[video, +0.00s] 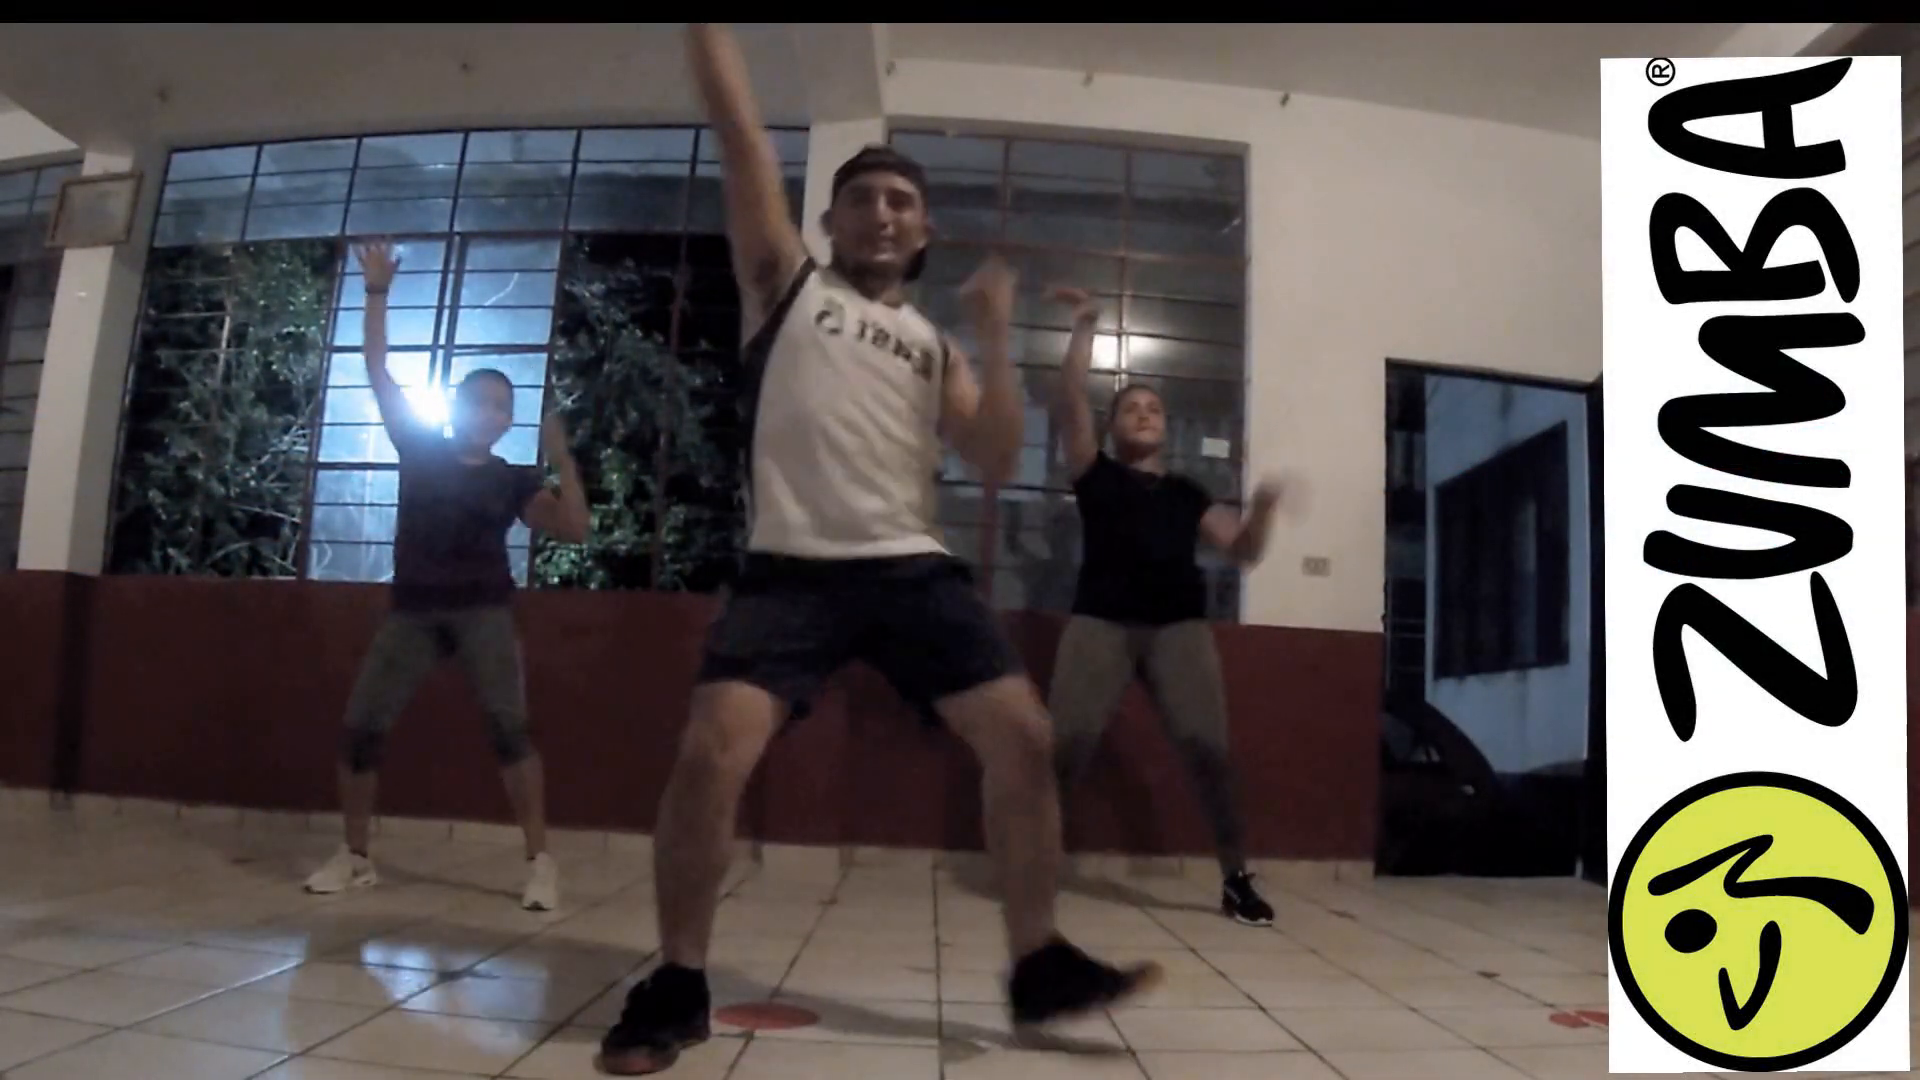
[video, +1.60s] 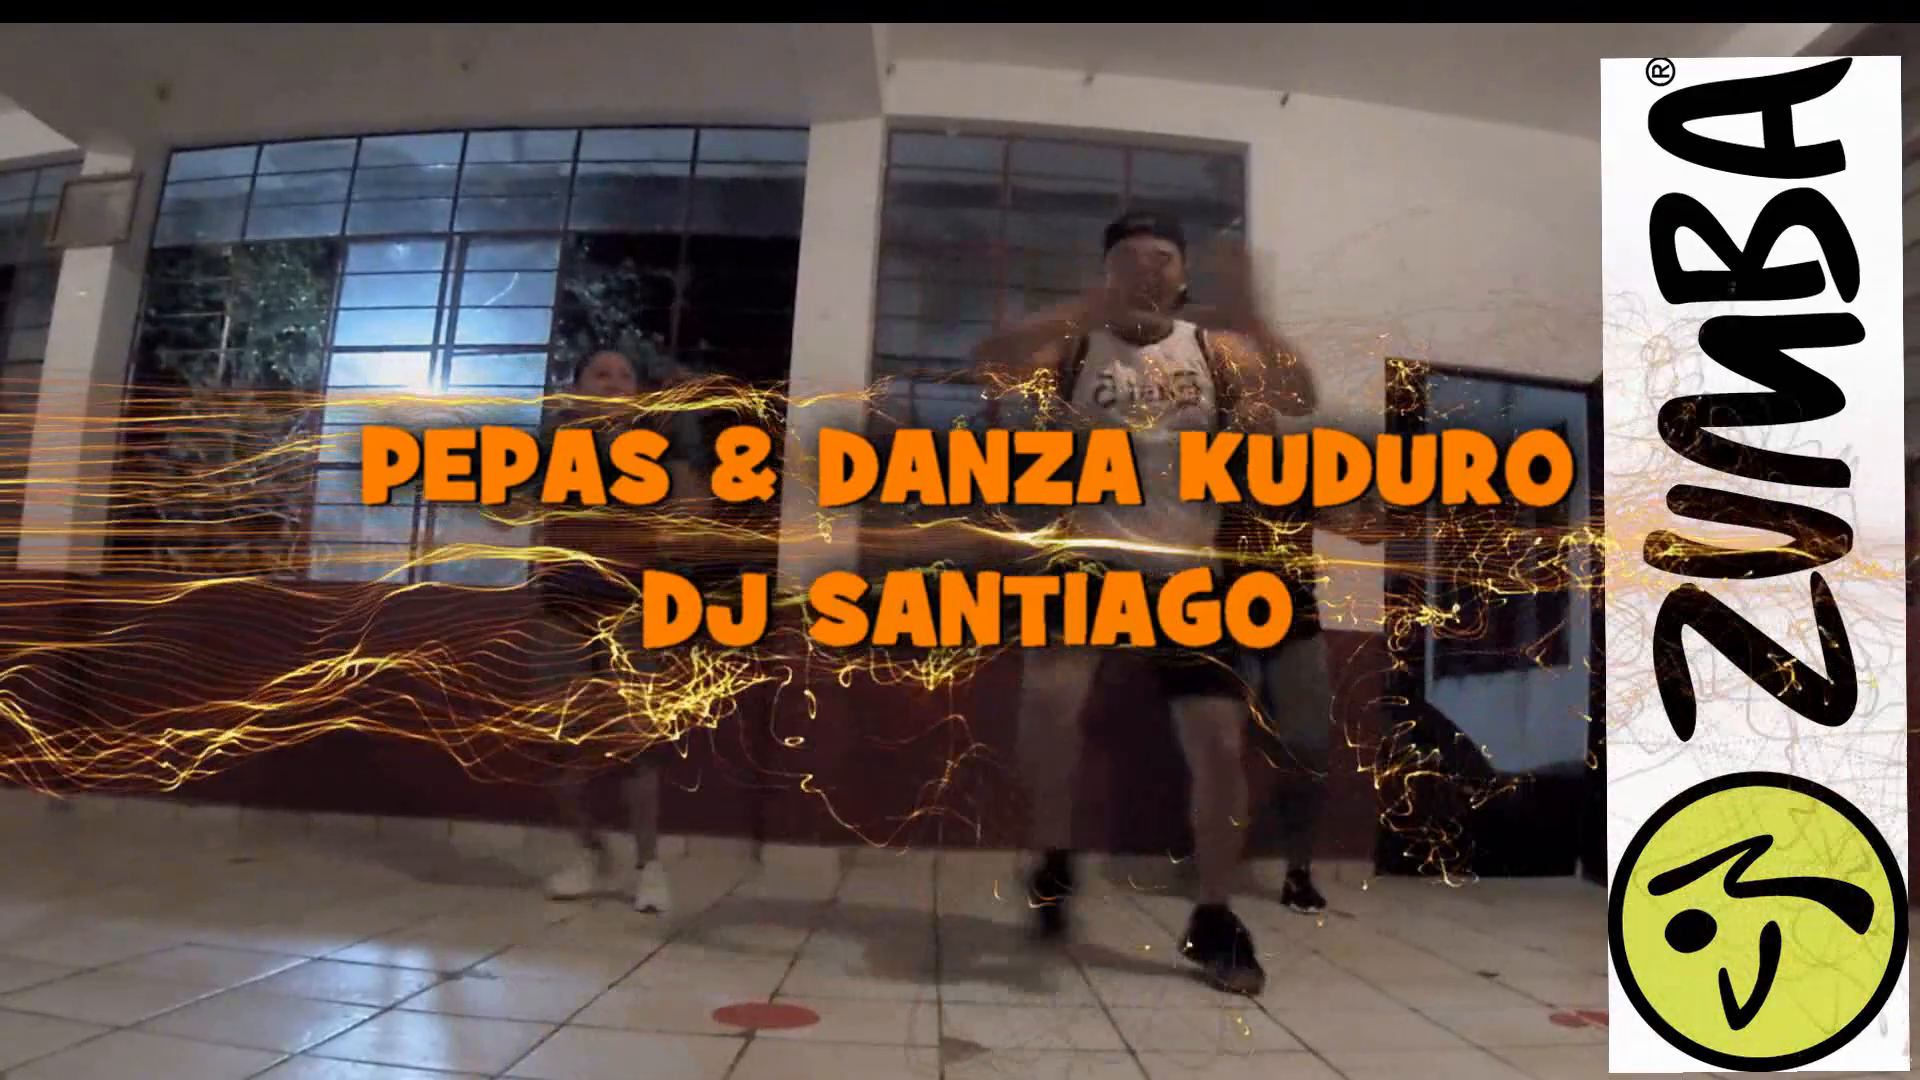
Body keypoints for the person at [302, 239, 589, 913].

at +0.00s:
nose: (487, 412)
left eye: (499, 406)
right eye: (479, 400)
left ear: (508, 419)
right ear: (457, 402)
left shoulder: (510, 479)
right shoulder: (420, 448)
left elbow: (574, 526)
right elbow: (378, 370)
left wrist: (557, 451)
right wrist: (378, 291)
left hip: (483, 612)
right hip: (415, 609)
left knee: (509, 731)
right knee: (361, 729)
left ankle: (538, 862)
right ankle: (355, 858)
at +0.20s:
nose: (484, 400)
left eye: (492, 392)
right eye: (473, 390)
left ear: (503, 402)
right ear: (449, 395)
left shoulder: (516, 461)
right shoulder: (417, 448)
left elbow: (578, 513)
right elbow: (342, 415)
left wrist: (545, 553)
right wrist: (366, 351)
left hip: (481, 610)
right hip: (412, 606)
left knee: (496, 725)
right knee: (366, 720)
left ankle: (533, 831)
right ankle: (354, 852)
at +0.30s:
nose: (483, 404)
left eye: (492, 395)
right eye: (472, 394)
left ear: (508, 404)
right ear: (453, 403)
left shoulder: (529, 461)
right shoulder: (429, 460)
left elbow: (584, 518)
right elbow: (349, 459)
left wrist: (551, 583)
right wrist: (364, 401)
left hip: (487, 613)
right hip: (423, 608)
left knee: (496, 740)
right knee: (383, 725)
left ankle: (539, 837)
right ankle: (353, 851)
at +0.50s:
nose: (506, 416)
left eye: (516, 407)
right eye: (495, 407)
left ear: (531, 416)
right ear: (478, 417)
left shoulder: (554, 473)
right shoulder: (455, 476)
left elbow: (611, 533)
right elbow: (403, 523)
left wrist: (571, 599)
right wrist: (383, 500)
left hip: (521, 629)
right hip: (457, 624)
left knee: (523, 748)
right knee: (411, 735)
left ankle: (541, 845)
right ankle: (357, 844)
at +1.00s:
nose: (514, 416)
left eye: (522, 408)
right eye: (505, 408)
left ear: (537, 413)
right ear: (486, 412)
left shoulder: (552, 462)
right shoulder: (458, 461)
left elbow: (595, 529)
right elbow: (395, 519)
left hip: (526, 607)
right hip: (462, 606)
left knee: (541, 727)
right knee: (437, 729)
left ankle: (571, 848)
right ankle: (445, 847)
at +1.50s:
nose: (601, 399)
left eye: (611, 389)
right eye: (591, 389)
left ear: (629, 396)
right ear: (572, 396)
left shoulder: (650, 455)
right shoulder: (553, 448)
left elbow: (685, 518)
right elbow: (484, 511)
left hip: (626, 612)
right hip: (554, 610)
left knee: (633, 740)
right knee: (520, 731)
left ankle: (649, 867)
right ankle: (515, 850)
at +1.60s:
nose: (610, 386)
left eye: (620, 377)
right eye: (599, 376)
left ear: (637, 389)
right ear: (580, 385)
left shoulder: (657, 447)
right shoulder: (560, 442)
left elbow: (692, 510)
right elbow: (527, 513)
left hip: (638, 606)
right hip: (568, 605)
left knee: (642, 735)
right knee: (570, 731)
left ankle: (648, 866)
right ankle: (580, 856)